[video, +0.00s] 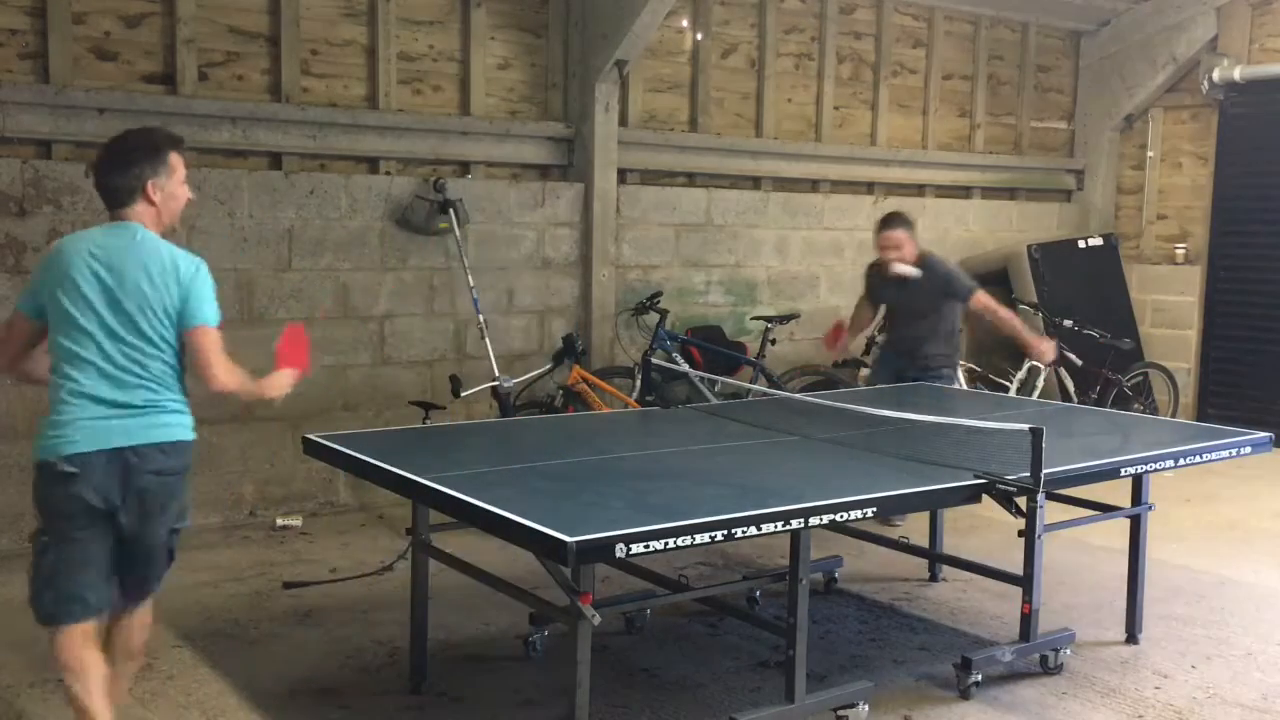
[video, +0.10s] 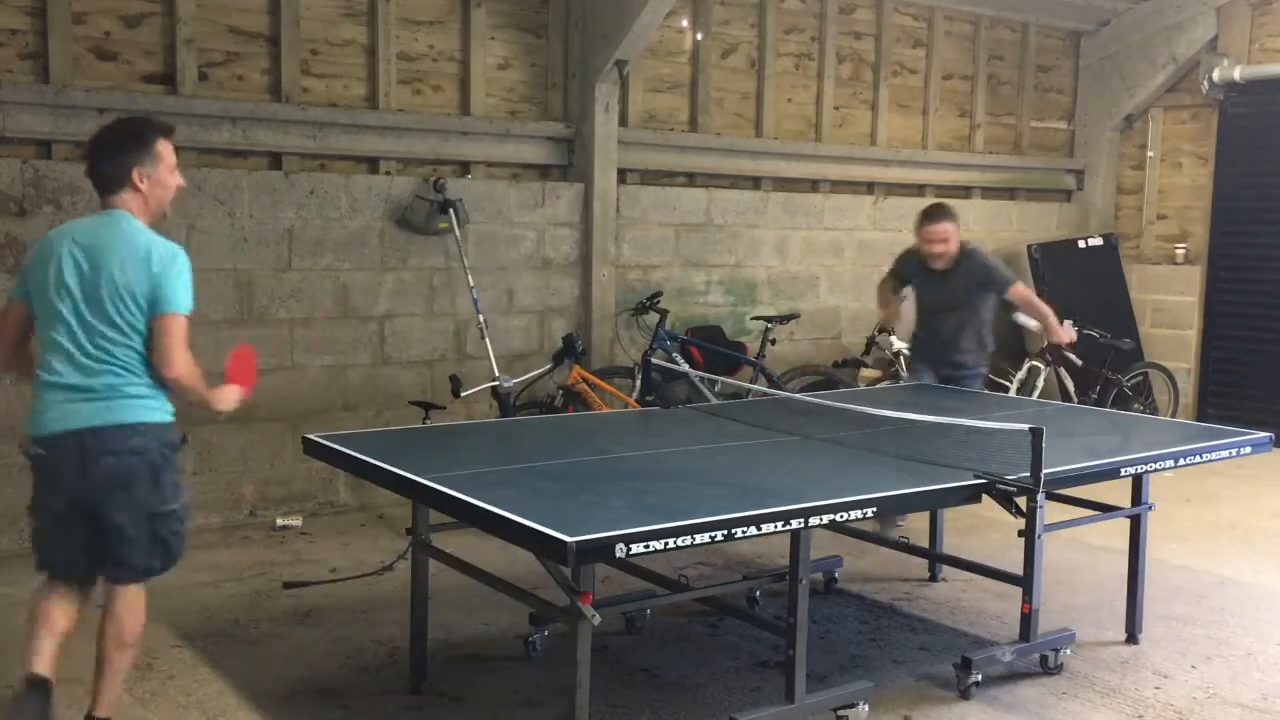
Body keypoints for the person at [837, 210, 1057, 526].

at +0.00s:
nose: (890, 255)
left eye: (897, 247)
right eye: (884, 248)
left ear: (914, 244)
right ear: (878, 247)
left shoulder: (938, 272)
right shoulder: (877, 273)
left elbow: (989, 307)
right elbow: (868, 306)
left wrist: (1032, 341)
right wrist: (848, 333)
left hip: (934, 372)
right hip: (891, 368)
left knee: (921, 439)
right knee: (879, 431)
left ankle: (898, 503)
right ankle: (879, 496)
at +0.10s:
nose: (936, 249)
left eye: (944, 241)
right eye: (929, 241)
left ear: (958, 237)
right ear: (918, 239)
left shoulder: (978, 264)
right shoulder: (913, 260)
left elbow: (1021, 295)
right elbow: (887, 288)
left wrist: (1053, 326)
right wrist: (889, 314)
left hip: (968, 369)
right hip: (924, 362)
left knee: (956, 438)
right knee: (911, 430)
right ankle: (890, 511)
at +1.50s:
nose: (1241, 218)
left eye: (1252, 209)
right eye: (1235, 210)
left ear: (1275, 211)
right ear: (1230, 215)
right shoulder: (1245, 264)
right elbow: (1238, 324)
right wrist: (1197, 372)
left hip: (1277, 390)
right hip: (1276, 388)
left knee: (1263, 467)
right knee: (1262, 468)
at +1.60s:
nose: (1231, 216)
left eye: (1242, 207)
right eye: (1226, 208)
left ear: (1269, 210)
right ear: (1221, 211)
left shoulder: (1276, 249)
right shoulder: (1228, 262)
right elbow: (1219, 324)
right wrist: (1182, 373)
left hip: (1277, 380)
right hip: (1269, 378)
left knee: (1266, 472)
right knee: (1240, 455)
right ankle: (1246, 534)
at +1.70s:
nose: (1226, 213)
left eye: (1236, 204)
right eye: (1220, 205)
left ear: (1262, 207)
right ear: (1215, 209)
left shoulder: (1276, 247)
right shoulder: (1216, 262)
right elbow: (1205, 324)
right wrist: (1179, 372)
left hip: (1278, 381)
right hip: (1248, 379)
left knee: (1263, 476)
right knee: (1218, 459)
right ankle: (1210, 538)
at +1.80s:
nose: (1222, 205)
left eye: (1232, 196)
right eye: (1216, 197)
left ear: (1257, 200)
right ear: (1210, 202)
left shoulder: (1273, 244)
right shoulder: (1204, 254)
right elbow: (1194, 318)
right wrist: (1174, 370)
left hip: (1268, 376)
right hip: (1225, 375)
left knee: (1255, 472)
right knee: (1199, 455)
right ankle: (1209, 536)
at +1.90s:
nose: (1214, 195)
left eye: (1225, 187)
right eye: (1209, 187)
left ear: (1249, 193)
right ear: (1205, 192)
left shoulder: (1271, 241)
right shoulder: (1195, 248)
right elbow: (1184, 309)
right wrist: (1169, 360)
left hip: (1262, 369)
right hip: (1214, 370)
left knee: (1253, 466)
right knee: (1194, 454)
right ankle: (1209, 538)